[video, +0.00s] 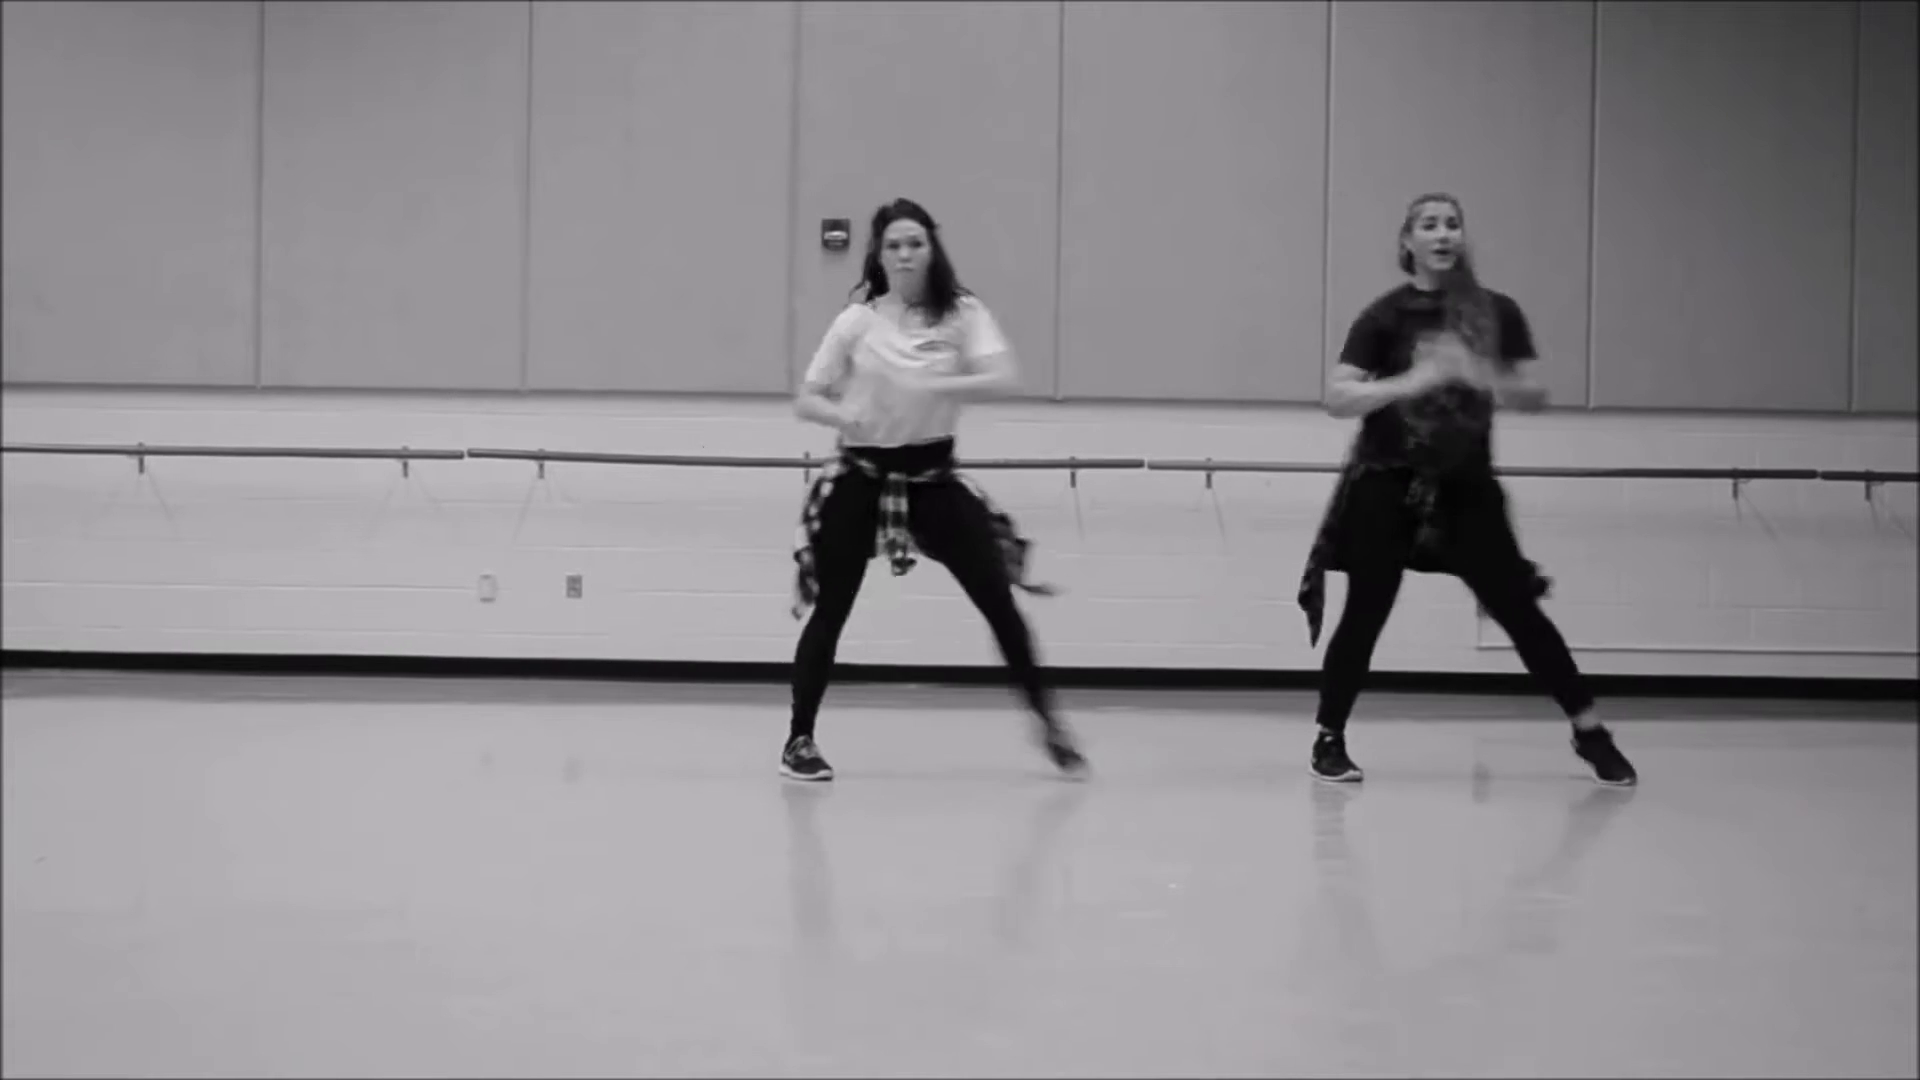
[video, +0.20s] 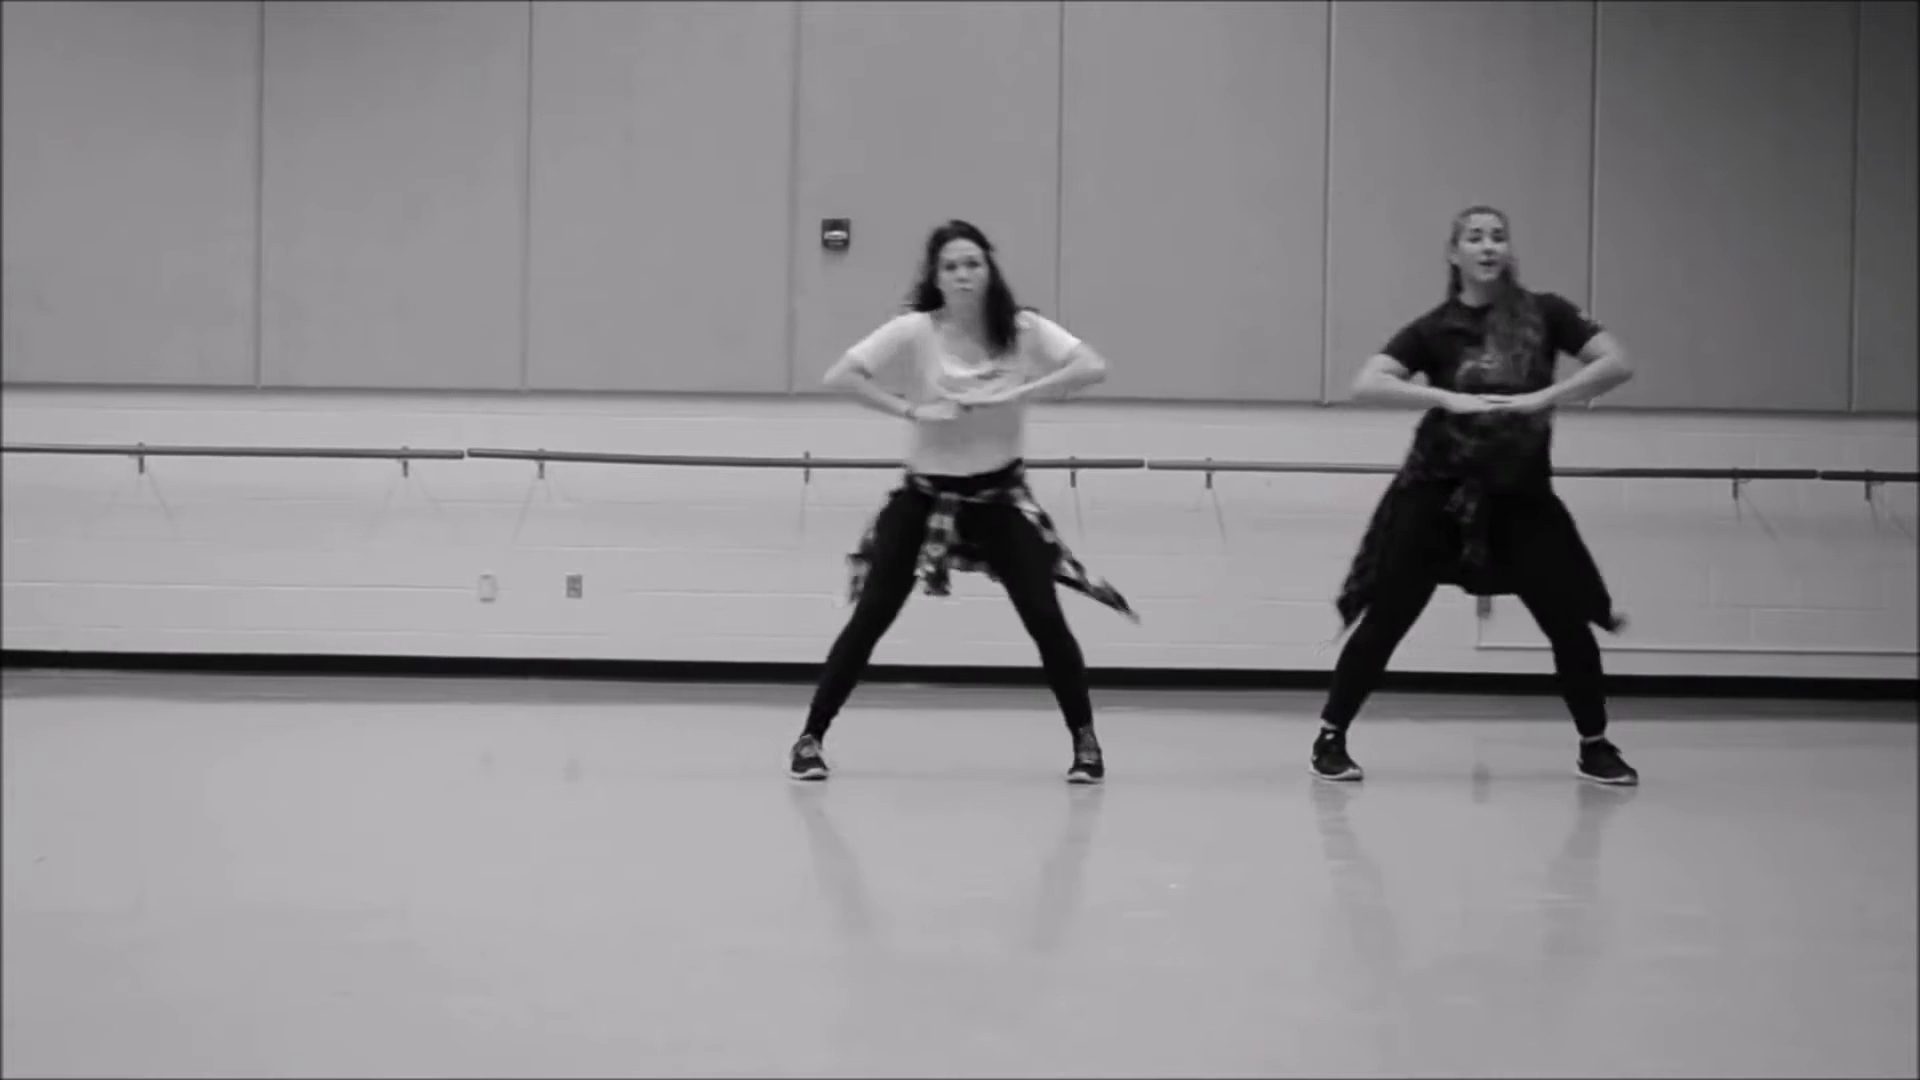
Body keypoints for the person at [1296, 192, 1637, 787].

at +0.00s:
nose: (1443, 235)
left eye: (1452, 225)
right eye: (1429, 226)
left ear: (1465, 238)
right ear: (1406, 241)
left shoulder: (1496, 313)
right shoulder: (1385, 315)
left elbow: (1534, 395)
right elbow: (1338, 397)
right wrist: (1417, 379)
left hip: (1465, 487)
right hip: (1386, 487)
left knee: (1518, 611)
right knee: (1365, 615)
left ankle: (1589, 729)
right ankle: (1329, 738)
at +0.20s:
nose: (1488, 246)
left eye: (1498, 237)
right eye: (1475, 238)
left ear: (1512, 250)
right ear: (1455, 253)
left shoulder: (1545, 314)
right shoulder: (1436, 327)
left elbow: (1617, 363)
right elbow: (1365, 383)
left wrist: (1546, 397)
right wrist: (1445, 398)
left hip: (1520, 498)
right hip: (1436, 497)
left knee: (1570, 623)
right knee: (1387, 619)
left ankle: (1595, 747)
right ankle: (1330, 737)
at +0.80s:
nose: (1544, 270)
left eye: (1555, 264)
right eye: (1532, 259)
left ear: (1564, 279)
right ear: (1507, 271)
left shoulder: (1581, 330)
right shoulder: (1478, 347)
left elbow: (1677, 317)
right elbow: (1483, 418)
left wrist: (1609, 339)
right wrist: (1554, 377)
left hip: (1543, 509)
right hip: (1459, 502)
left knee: (1590, 625)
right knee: (1399, 616)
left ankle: (1597, 746)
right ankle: (1329, 737)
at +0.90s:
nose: (1544, 269)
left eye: (1555, 264)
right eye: (1533, 259)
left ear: (1564, 279)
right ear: (1508, 270)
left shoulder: (1586, 338)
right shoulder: (1478, 339)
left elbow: (1680, 353)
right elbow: (1459, 388)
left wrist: (1620, 384)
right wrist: (1541, 388)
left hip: (1545, 511)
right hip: (1460, 504)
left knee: (1593, 625)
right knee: (1399, 619)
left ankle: (1597, 747)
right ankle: (1330, 737)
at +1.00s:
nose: (1550, 272)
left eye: (1560, 266)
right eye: (1538, 262)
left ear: (1569, 280)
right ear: (1513, 273)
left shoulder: (1591, 342)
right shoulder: (1487, 334)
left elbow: (1682, 373)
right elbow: (1456, 368)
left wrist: (1627, 395)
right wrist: (1542, 382)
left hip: (1544, 510)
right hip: (1461, 501)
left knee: (1594, 623)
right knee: (1398, 617)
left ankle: (1597, 747)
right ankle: (1330, 737)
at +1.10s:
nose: (1590, 285)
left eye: (1593, 275)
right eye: (1581, 273)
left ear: (1561, 278)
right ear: (1543, 274)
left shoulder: (1593, 342)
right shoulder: (1492, 331)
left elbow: (1683, 369)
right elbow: (1459, 365)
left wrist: (1625, 393)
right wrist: (1543, 377)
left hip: (1542, 511)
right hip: (1460, 501)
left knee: (1593, 621)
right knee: (1398, 617)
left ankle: (1596, 747)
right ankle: (1330, 737)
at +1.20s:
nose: (1593, 287)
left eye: (1595, 278)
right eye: (1585, 275)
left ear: (1578, 280)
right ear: (1548, 273)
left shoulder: (1594, 341)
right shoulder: (1490, 330)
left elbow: (1681, 370)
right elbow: (1468, 364)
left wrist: (1629, 393)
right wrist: (1550, 380)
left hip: (1541, 509)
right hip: (1459, 500)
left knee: (1594, 619)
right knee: (1398, 617)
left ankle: (1596, 747)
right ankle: (1330, 737)